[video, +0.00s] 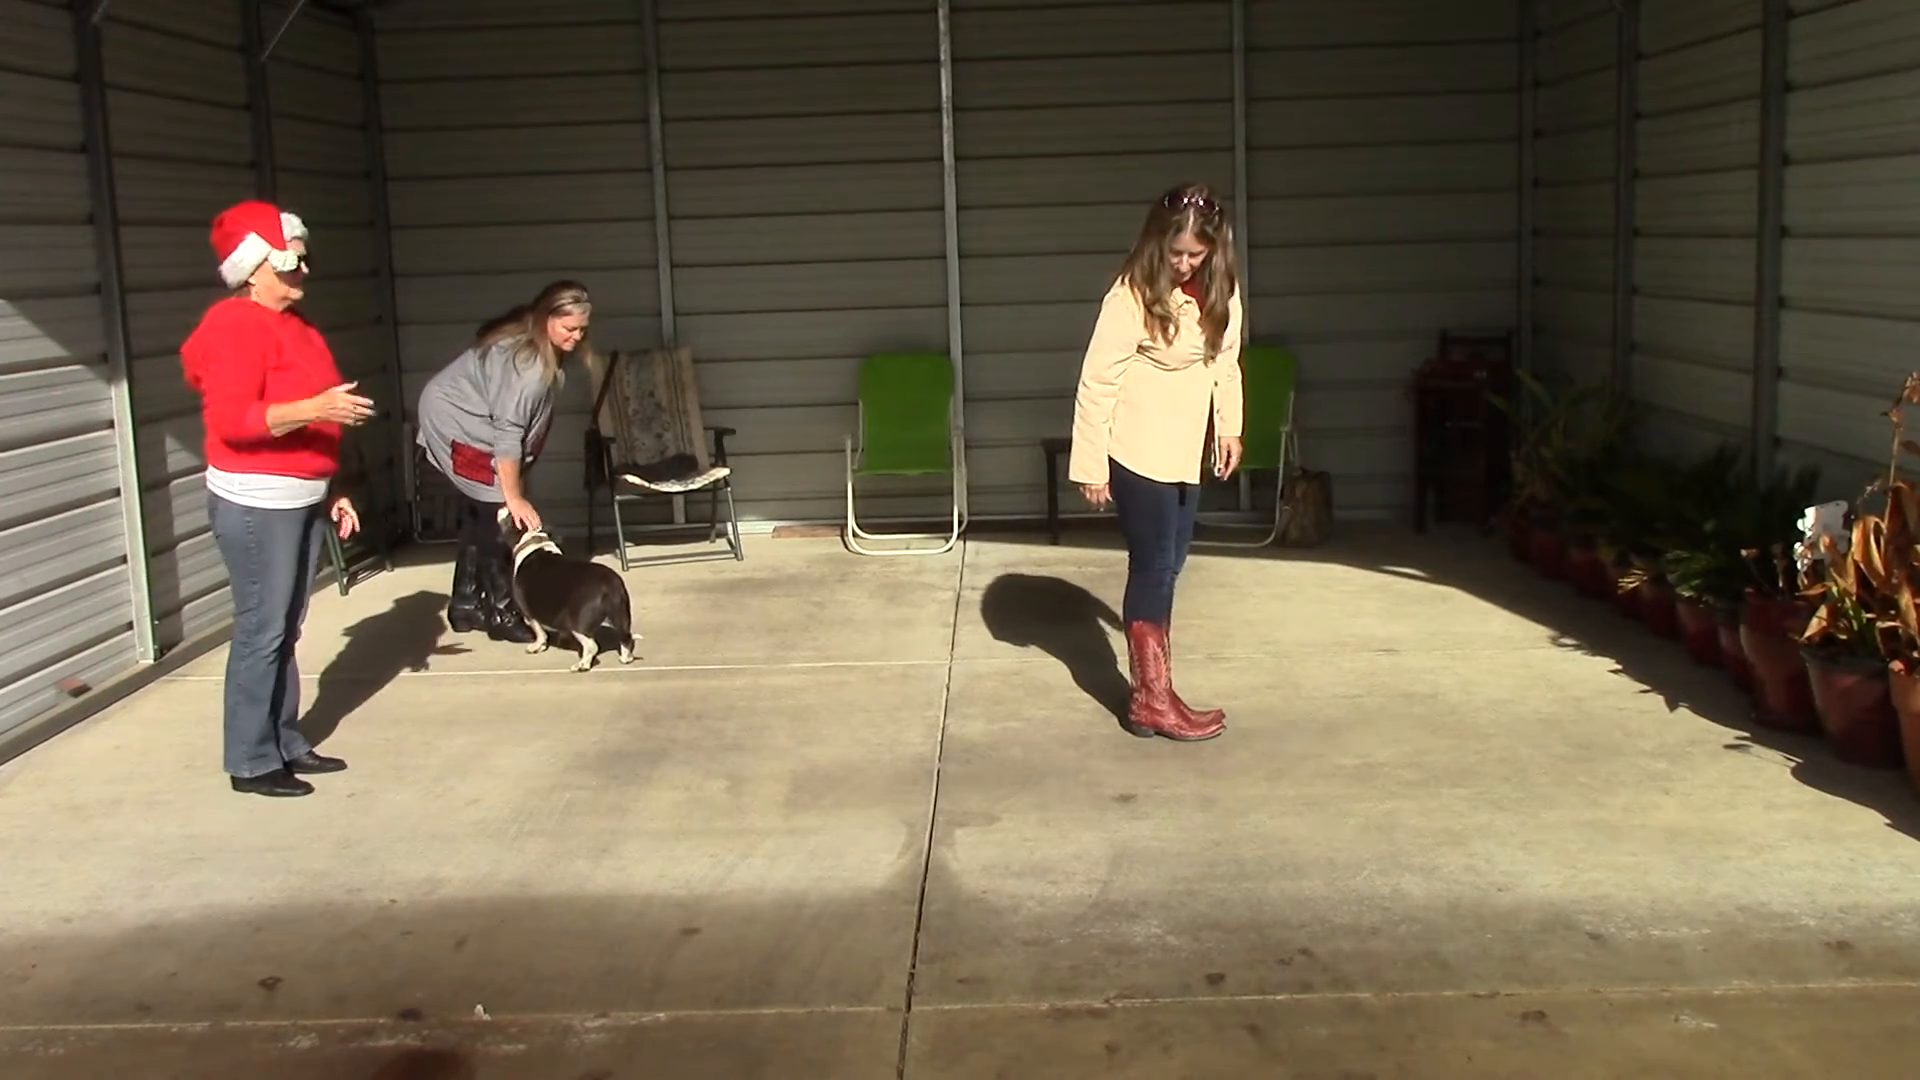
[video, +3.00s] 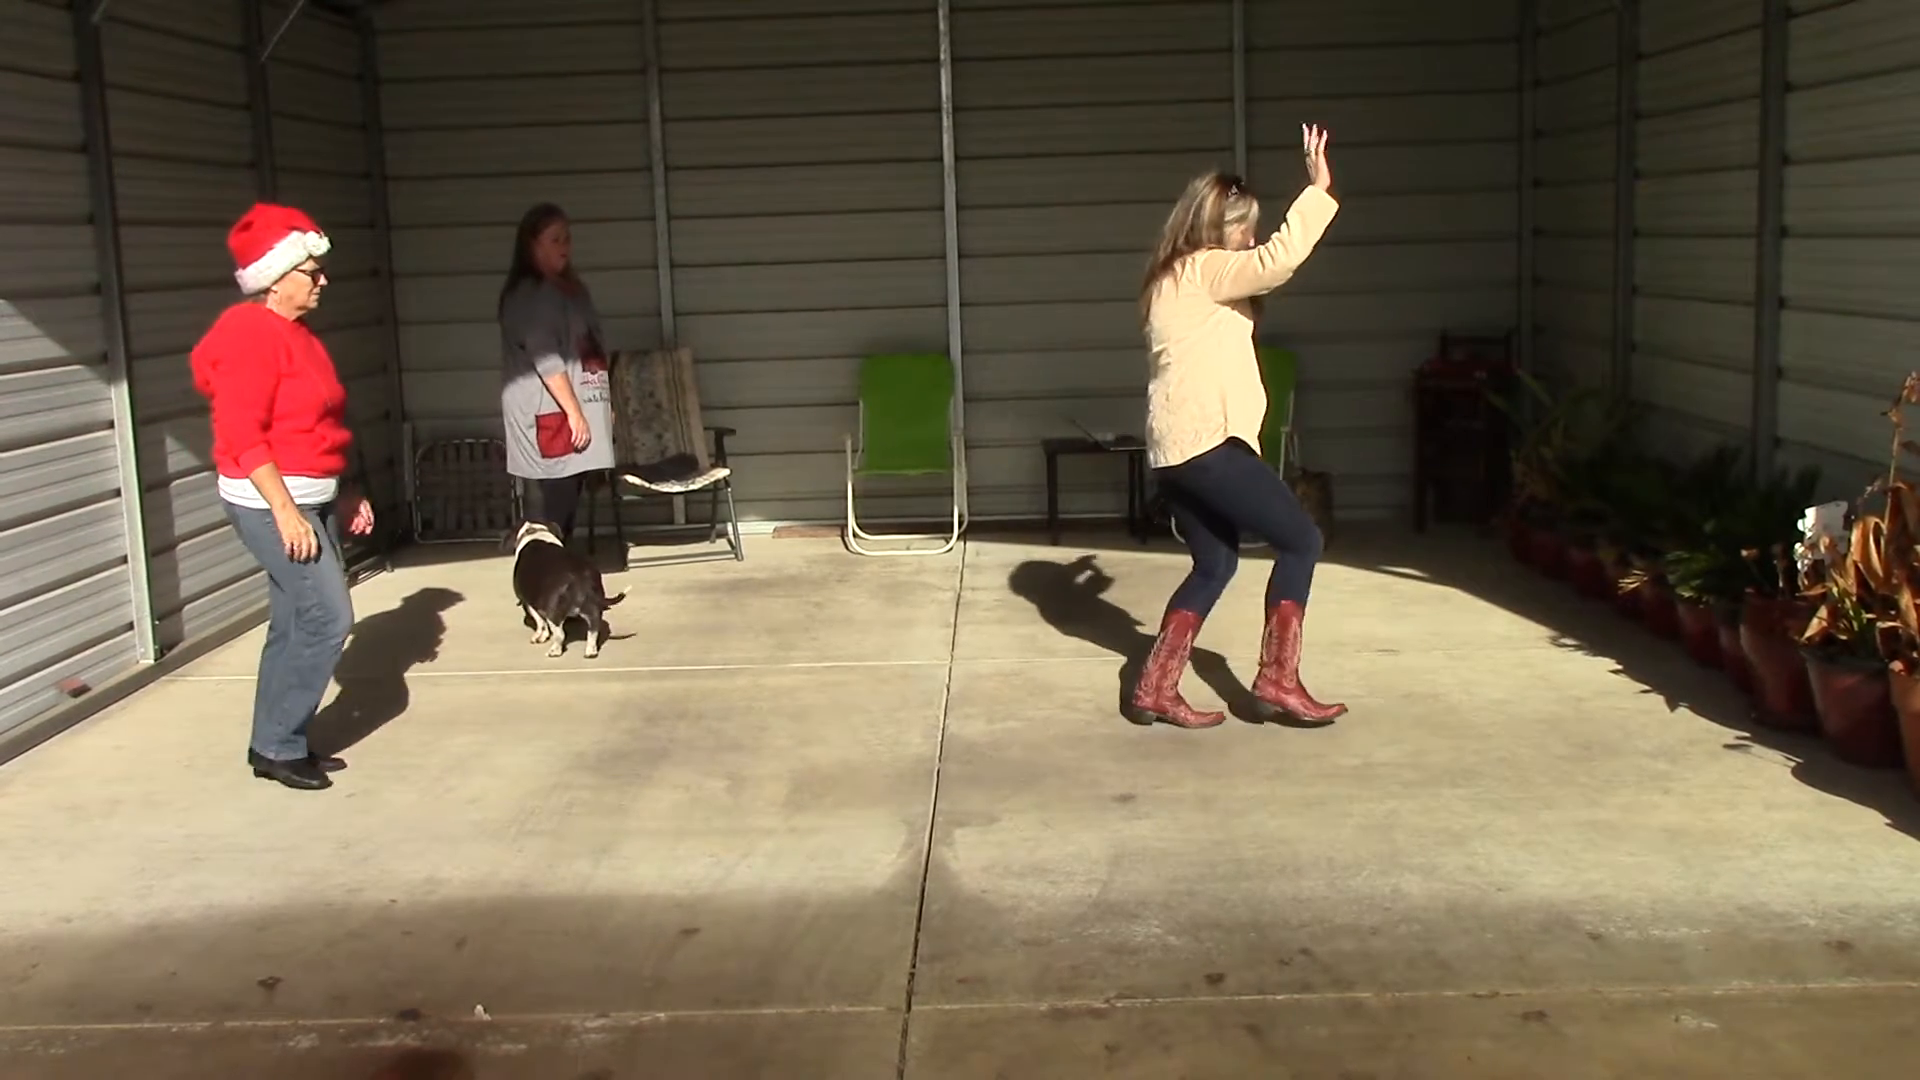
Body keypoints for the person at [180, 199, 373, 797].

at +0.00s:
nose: (302, 272)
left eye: (303, 261)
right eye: (289, 263)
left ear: (297, 261)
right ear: (252, 267)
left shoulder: (299, 329)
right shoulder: (231, 326)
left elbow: (313, 419)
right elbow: (230, 421)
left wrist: (331, 488)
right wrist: (313, 408)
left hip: (299, 497)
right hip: (253, 500)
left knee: (284, 631)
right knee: (260, 633)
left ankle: (281, 744)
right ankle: (249, 761)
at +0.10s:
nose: (297, 273)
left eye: (298, 263)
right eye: (284, 264)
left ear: (297, 263)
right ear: (247, 270)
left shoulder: (301, 326)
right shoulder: (224, 321)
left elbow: (316, 413)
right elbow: (250, 399)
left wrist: (340, 484)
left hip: (305, 496)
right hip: (255, 499)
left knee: (287, 628)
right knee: (260, 631)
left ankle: (282, 743)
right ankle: (249, 761)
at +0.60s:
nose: (296, 273)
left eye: (297, 262)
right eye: (284, 262)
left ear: (290, 267)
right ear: (242, 264)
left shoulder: (289, 333)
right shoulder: (209, 319)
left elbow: (315, 419)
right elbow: (254, 305)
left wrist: (335, 492)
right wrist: (257, 244)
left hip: (304, 495)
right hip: (252, 497)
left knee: (285, 631)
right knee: (262, 631)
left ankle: (282, 743)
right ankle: (250, 763)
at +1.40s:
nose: (280, 265)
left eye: (277, 256)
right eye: (270, 256)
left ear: (247, 268)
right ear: (240, 269)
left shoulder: (265, 322)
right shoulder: (206, 316)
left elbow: (291, 416)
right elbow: (223, 361)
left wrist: (317, 494)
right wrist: (270, 284)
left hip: (292, 494)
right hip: (245, 498)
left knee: (281, 628)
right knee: (259, 629)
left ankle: (282, 742)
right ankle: (250, 762)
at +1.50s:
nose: (287, 273)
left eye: (286, 263)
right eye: (278, 263)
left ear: (249, 268)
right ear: (243, 266)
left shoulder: (266, 326)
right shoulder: (212, 317)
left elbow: (291, 422)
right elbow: (207, 389)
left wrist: (314, 500)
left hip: (290, 492)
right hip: (246, 496)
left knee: (281, 628)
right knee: (260, 629)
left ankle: (281, 743)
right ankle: (250, 762)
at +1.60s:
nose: (289, 273)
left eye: (288, 263)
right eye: (280, 263)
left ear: (251, 269)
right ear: (245, 267)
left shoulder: (259, 322)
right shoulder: (221, 320)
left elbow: (265, 411)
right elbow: (204, 410)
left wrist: (297, 482)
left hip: (281, 493)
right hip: (243, 497)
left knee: (281, 626)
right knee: (260, 628)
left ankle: (282, 743)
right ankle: (251, 762)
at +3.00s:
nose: (322, 283)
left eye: (321, 273)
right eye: (312, 273)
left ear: (282, 279)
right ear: (275, 278)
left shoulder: (295, 334)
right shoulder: (247, 334)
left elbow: (310, 425)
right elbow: (240, 434)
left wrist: (342, 494)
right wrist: (284, 509)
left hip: (308, 499)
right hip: (269, 501)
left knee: (294, 624)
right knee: (326, 617)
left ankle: (279, 742)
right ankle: (276, 745)